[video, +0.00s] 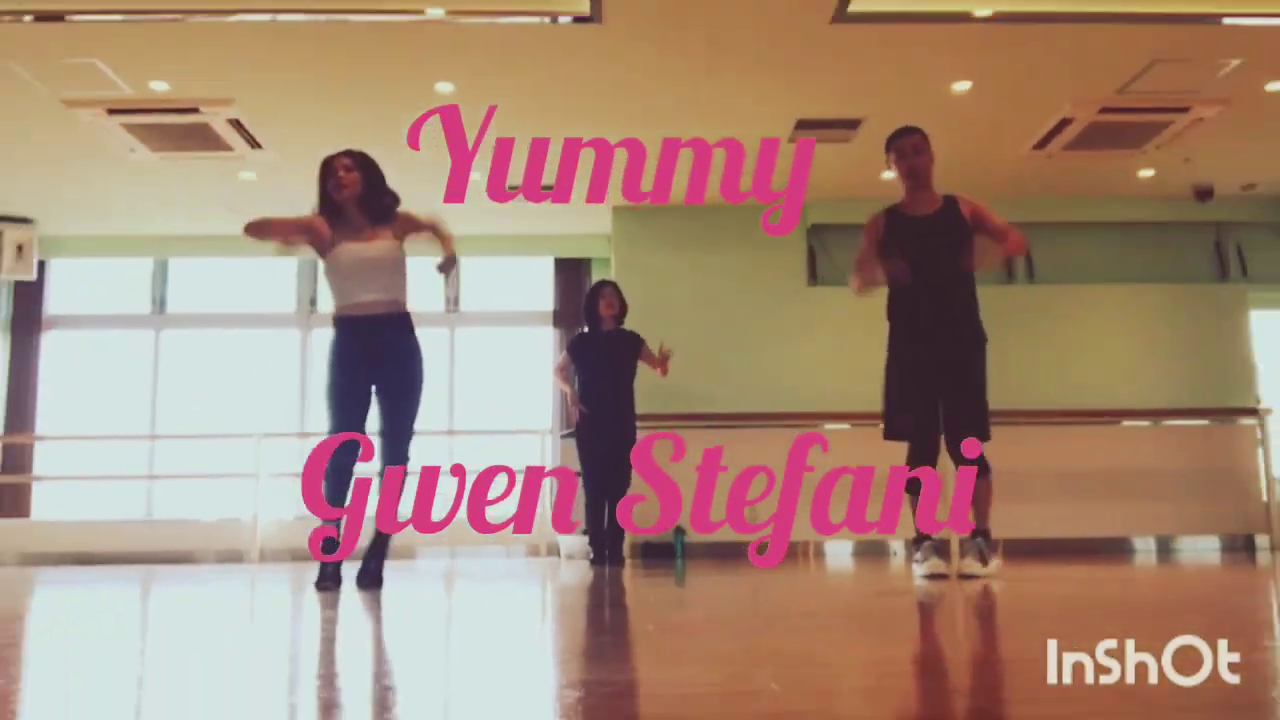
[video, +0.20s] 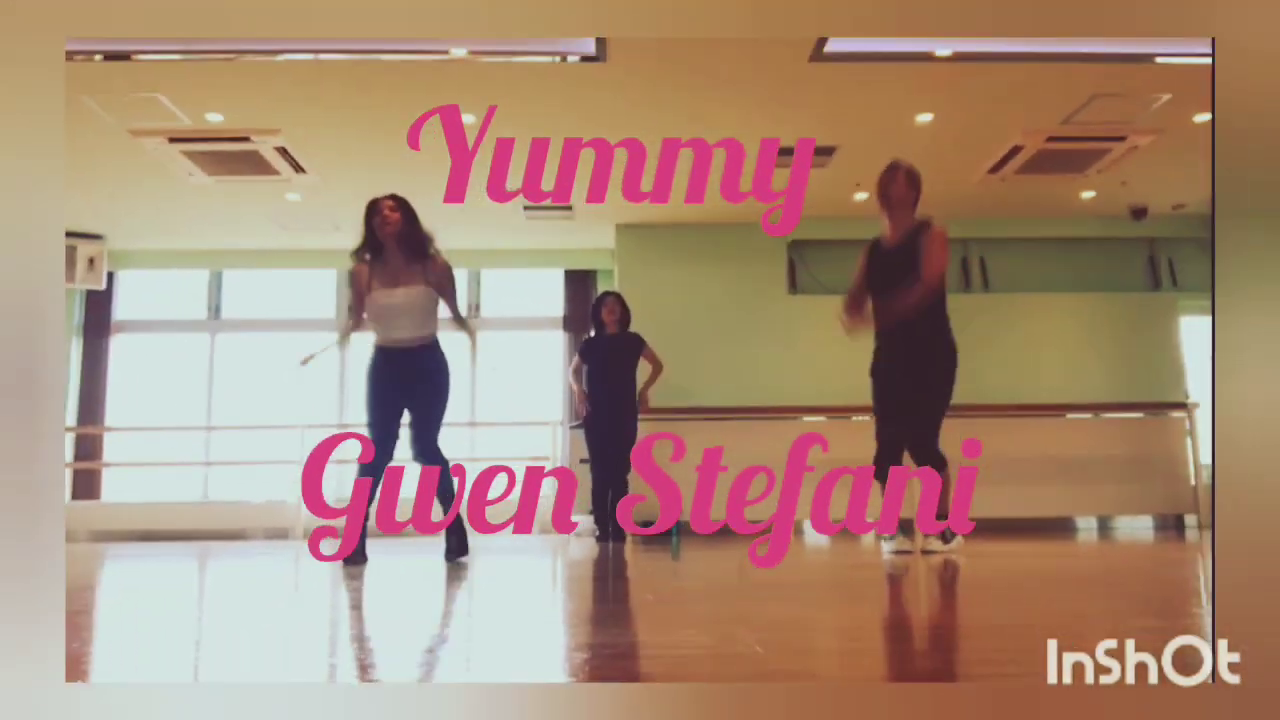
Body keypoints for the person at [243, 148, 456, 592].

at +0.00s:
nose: (342, 177)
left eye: (350, 169)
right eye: (334, 174)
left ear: (368, 178)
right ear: (327, 187)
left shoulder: (394, 222)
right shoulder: (322, 227)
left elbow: (436, 227)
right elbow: (253, 228)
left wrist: (450, 252)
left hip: (397, 340)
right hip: (350, 343)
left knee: (395, 449)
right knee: (344, 447)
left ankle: (381, 544)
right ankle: (330, 546)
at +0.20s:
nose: (387, 216)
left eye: (394, 210)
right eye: (379, 213)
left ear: (408, 220)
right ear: (371, 226)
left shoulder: (433, 265)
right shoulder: (364, 270)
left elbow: (454, 308)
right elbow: (356, 316)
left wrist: (466, 326)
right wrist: (350, 325)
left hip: (427, 362)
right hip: (386, 364)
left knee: (425, 447)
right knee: (378, 451)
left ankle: (455, 525)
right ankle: (355, 537)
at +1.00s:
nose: (417, 227)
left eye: (424, 219)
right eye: (419, 219)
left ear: (439, 222)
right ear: (458, 225)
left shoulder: (448, 259)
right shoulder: (432, 262)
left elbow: (459, 306)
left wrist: (462, 318)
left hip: (436, 372)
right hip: (420, 373)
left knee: (429, 471)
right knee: (338, 437)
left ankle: (501, 534)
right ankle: (302, 530)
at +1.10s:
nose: (424, 224)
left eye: (434, 224)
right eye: (432, 221)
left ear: (435, 243)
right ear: (448, 254)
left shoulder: (415, 271)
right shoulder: (408, 272)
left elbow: (440, 327)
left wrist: (469, 373)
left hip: (398, 388)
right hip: (394, 388)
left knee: (411, 487)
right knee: (302, 444)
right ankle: (273, 540)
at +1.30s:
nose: (339, 230)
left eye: (348, 227)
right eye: (343, 226)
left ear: (360, 243)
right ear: (349, 240)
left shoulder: (354, 272)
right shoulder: (324, 269)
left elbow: (352, 306)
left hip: (347, 391)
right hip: (317, 394)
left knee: (375, 481)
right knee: (235, 456)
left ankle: (469, 547)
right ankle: (249, 552)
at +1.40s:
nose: (317, 194)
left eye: (328, 193)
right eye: (319, 189)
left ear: (339, 212)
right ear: (311, 202)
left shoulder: (336, 249)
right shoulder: (281, 235)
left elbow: (324, 294)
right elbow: (255, 243)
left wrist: (281, 271)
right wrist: (236, 267)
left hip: (327, 366)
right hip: (290, 368)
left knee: (343, 465)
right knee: (231, 455)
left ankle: (411, 536)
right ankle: (244, 555)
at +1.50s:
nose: (285, 175)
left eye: (295, 169)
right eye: (280, 170)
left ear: (315, 179)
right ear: (272, 180)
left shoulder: (331, 227)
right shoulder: (259, 219)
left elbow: (367, 266)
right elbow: (207, 239)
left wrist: (350, 240)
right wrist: (179, 232)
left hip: (309, 341)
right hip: (262, 341)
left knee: (305, 454)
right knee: (242, 453)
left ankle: (330, 524)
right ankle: (225, 553)